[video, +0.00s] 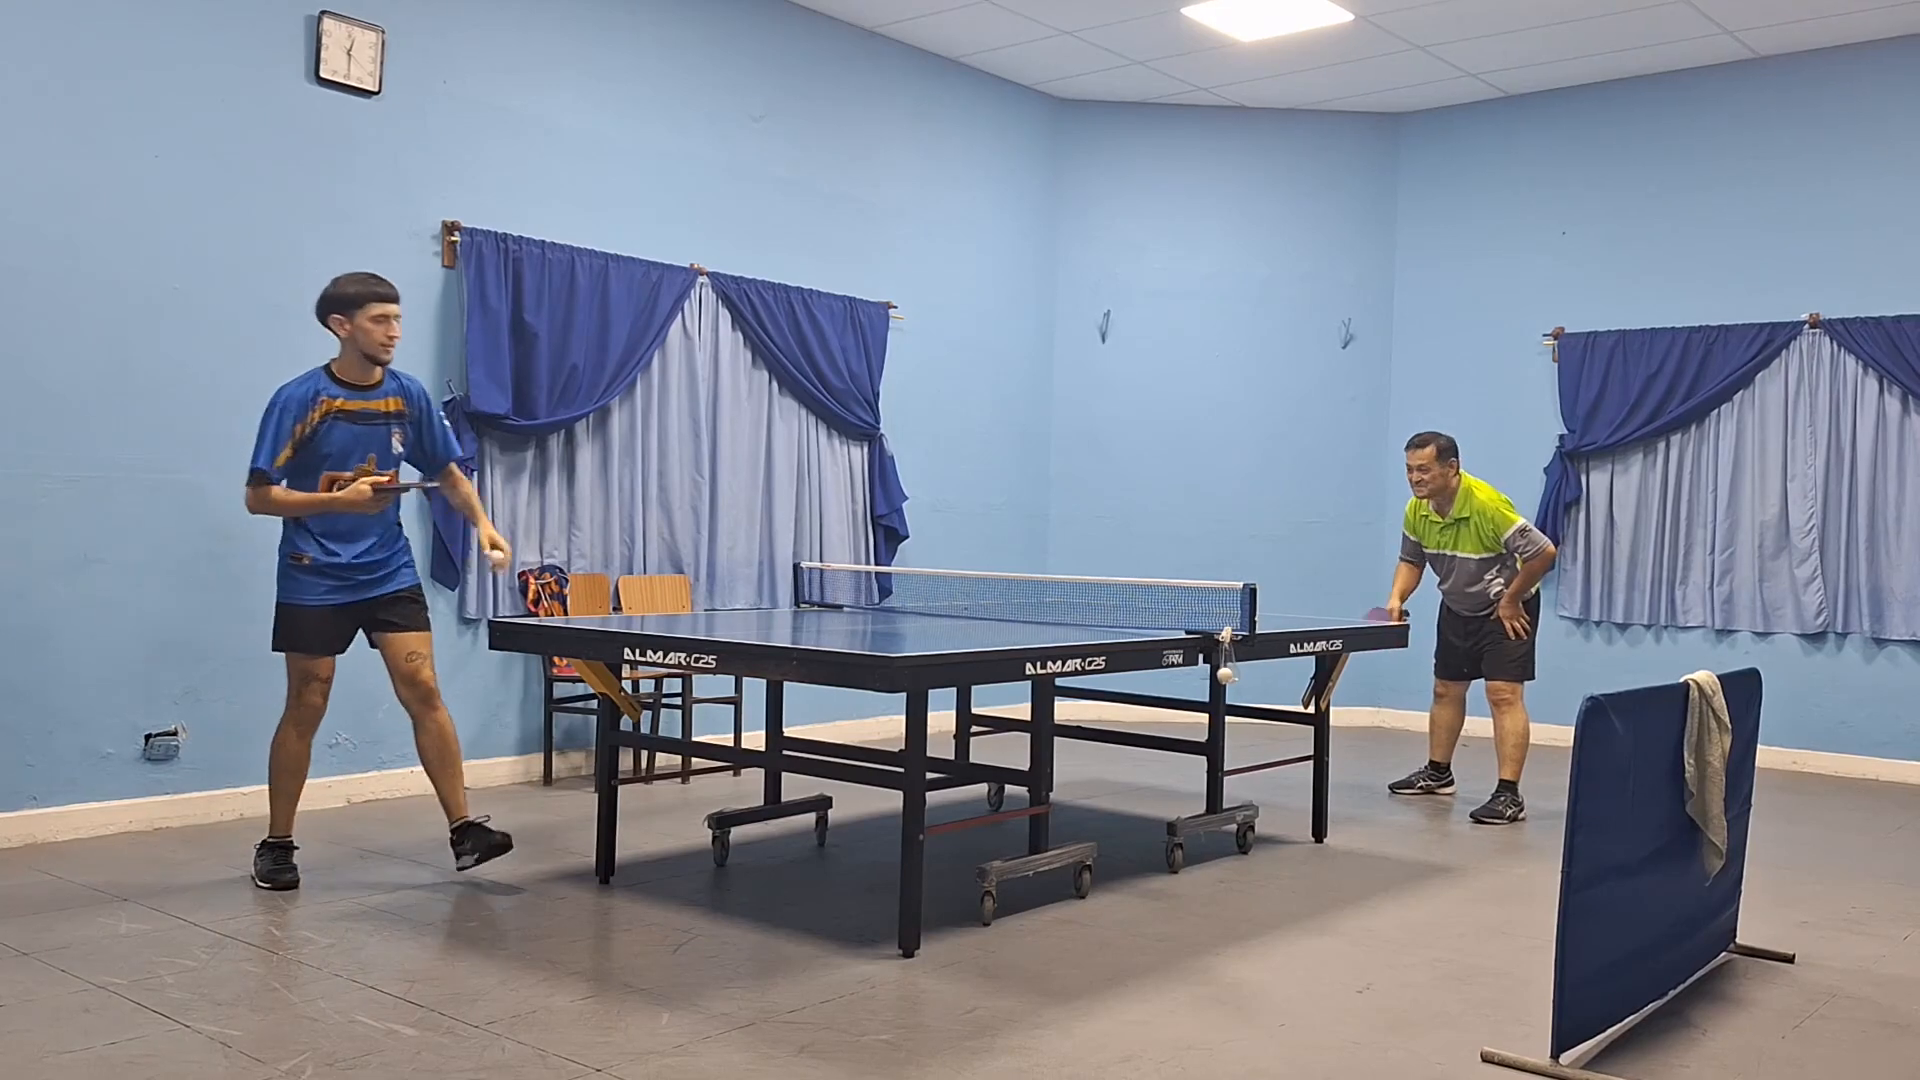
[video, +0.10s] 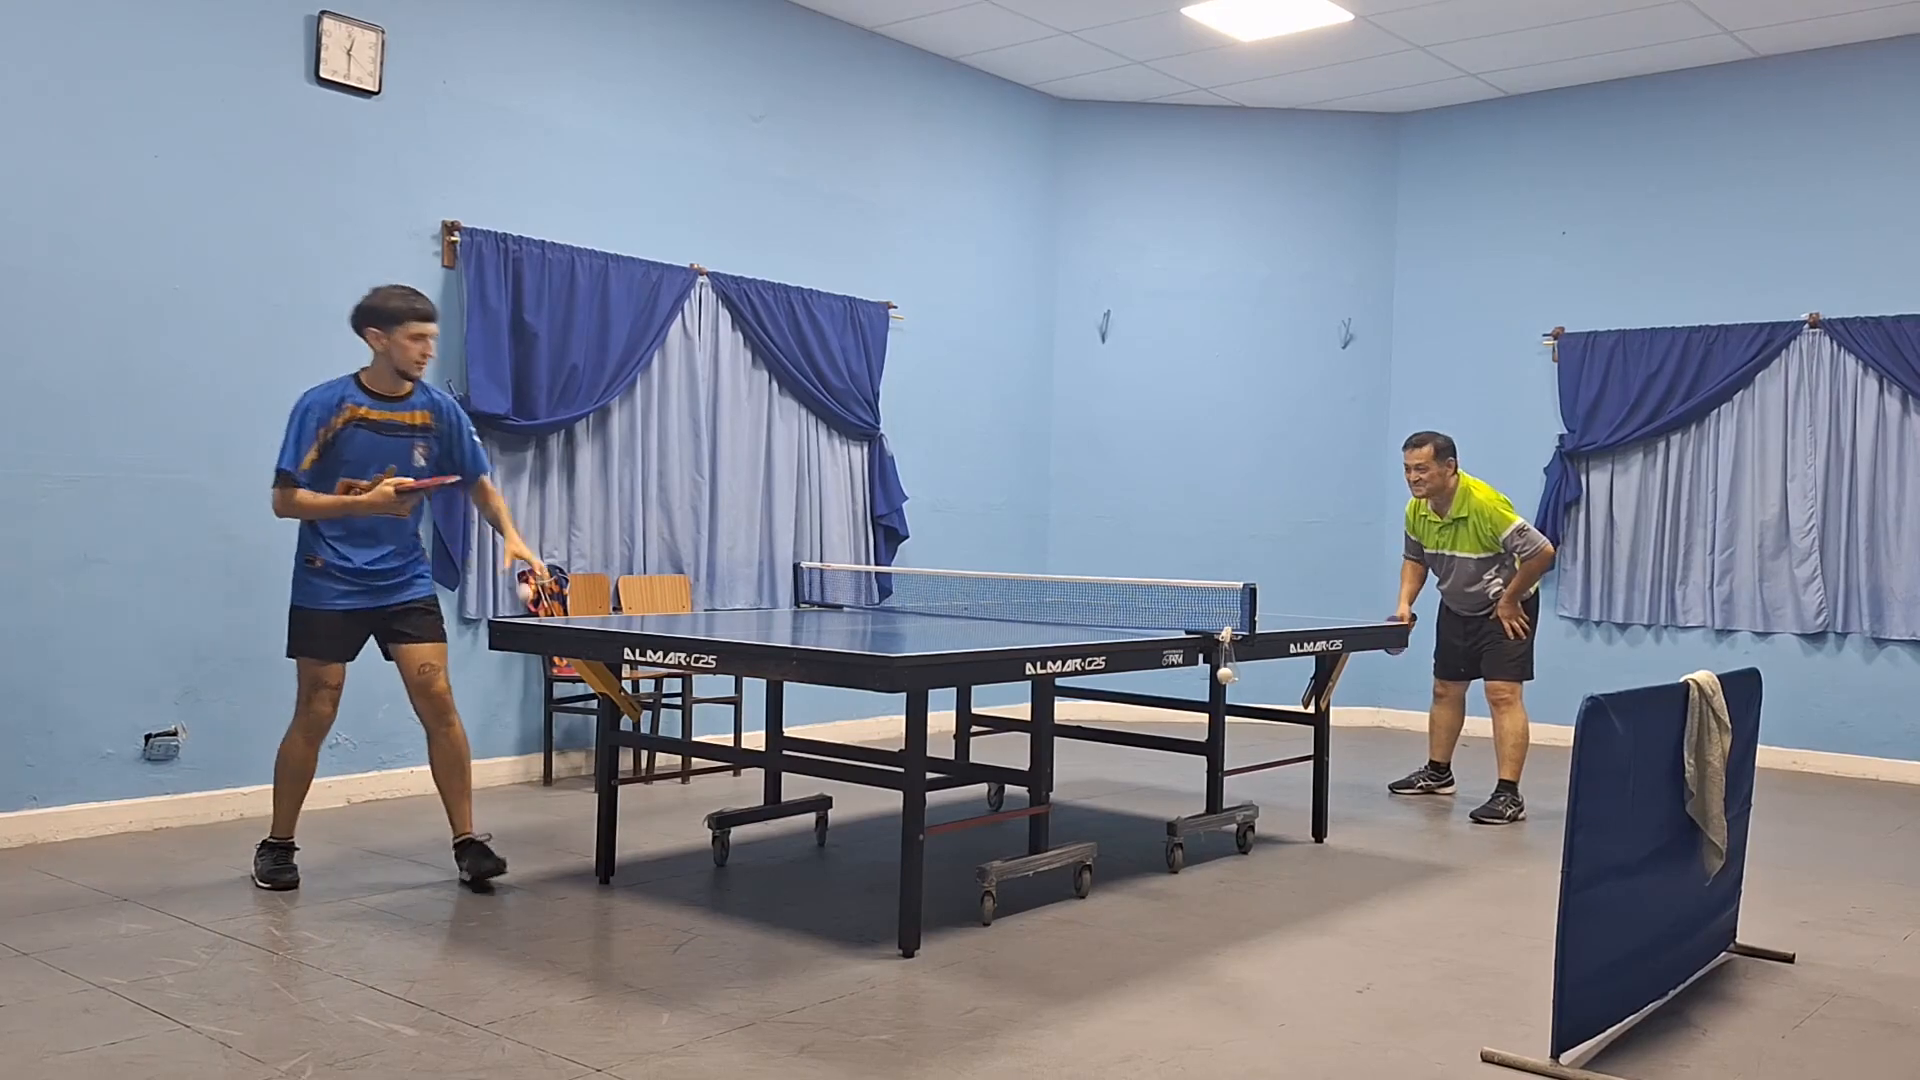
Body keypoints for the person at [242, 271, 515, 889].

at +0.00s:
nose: (394, 330)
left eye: (397, 320)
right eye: (381, 320)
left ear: (397, 326)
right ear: (340, 325)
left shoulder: (409, 396)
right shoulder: (298, 399)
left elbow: (447, 471)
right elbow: (258, 496)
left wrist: (483, 523)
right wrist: (336, 500)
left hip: (389, 570)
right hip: (314, 577)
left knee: (421, 687)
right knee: (307, 704)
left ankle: (463, 828)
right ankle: (278, 844)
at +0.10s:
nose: (429, 350)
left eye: (432, 340)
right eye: (417, 340)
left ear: (429, 343)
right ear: (376, 338)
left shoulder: (441, 411)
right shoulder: (322, 406)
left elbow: (481, 484)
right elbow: (285, 500)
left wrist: (511, 536)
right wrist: (361, 503)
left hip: (406, 580)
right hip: (329, 584)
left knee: (435, 695)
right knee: (318, 710)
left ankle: (468, 841)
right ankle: (279, 843)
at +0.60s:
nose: (573, 420)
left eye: (575, 409)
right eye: (567, 409)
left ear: (539, 404)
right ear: (531, 400)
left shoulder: (538, 456)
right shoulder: (438, 433)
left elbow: (527, 528)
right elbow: (405, 525)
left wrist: (541, 570)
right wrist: (491, 537)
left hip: (450, 577)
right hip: (374, 573)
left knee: (471, 697)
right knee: (332, 704)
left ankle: (478, 846)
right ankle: (273, 836)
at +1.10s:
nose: (462, 397)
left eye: (466, 385)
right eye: (450, 385)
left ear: (466, 382)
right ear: (409, 378)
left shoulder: (468, 438)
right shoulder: (345, 428)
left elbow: (514, 513)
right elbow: (317, 522)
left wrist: (512, 547)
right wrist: (376, 531)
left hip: (416, 585)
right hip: (331, 584)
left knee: (454, 699)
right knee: (293, 714)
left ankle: (476, 847)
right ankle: (244, 847)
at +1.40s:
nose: (464, 420)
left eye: (468, 407)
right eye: (452, 407)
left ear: (472, 404)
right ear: (412, 400)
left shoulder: (470, 455)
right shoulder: (351, 446)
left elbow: (507, 515)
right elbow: (319, 543)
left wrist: (532, 540)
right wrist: (390, 538)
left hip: (405, 587)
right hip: (322, 589)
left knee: (457, 696)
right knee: (287, 721)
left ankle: (488, 843)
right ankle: (243, 847)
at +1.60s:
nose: (500, 497)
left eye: (505, 485)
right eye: (489, 485)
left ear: (511, 480)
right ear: (449, 477)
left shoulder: (502, 514)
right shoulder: (390, 509)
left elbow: (531, 577)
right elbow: (371, 617)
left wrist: (546, 583)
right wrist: (441, 597)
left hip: (428, 619)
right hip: (349, 620)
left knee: (494, 705)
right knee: (287, 746)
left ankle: (492, 848)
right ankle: (245, 851)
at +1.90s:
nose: (522, 562)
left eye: (527, 552)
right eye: (512, 551)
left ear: (528, 545)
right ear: (472, 541)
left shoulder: (513, 561)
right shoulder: (410, 564)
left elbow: (556, 596)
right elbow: (405, 671)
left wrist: (587, 607)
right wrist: (478, 647)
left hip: (440, 660)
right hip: (364, 660)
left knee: (519, 715)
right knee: (285, 776)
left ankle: (493, 849)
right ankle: (254, 850)